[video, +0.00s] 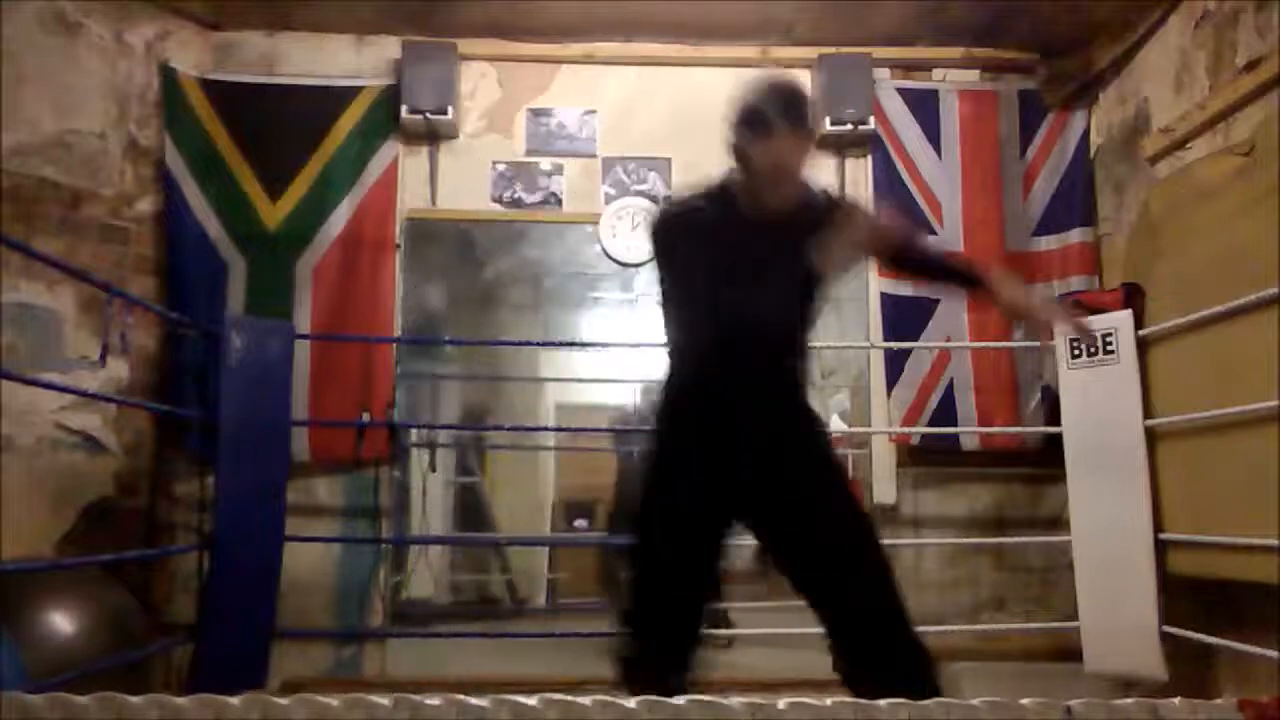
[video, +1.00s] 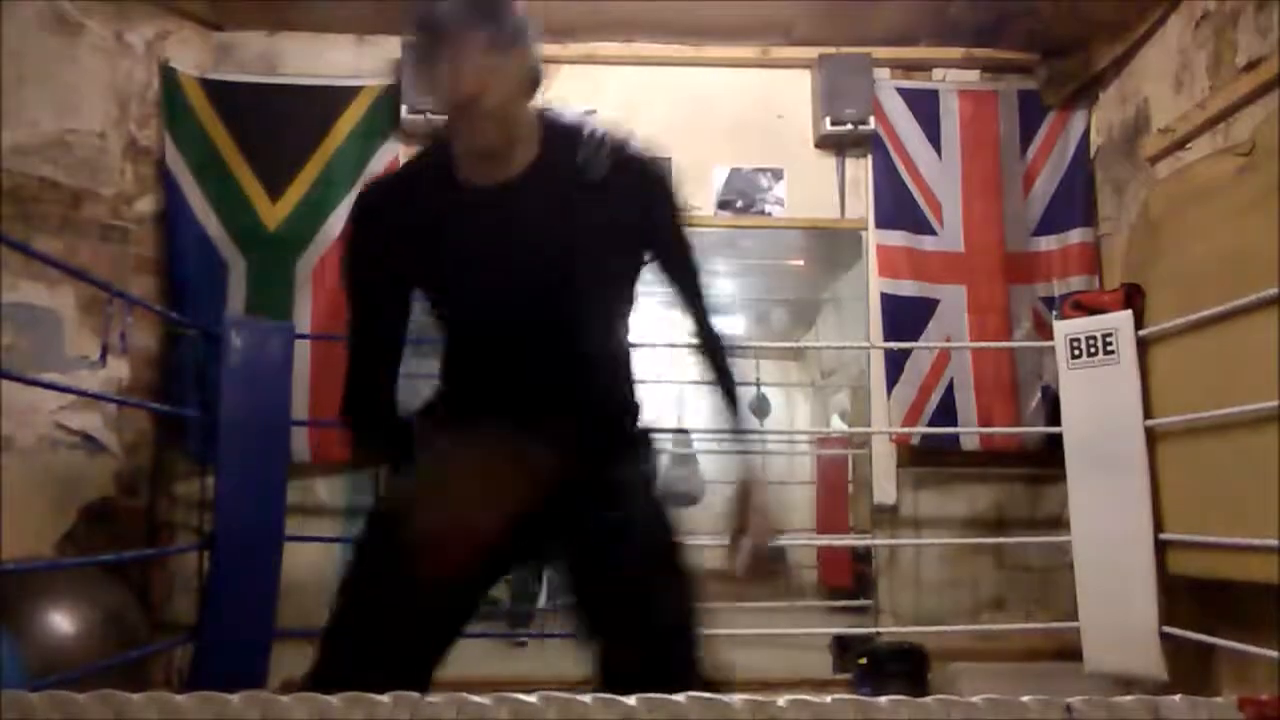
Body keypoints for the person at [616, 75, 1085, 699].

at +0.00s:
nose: (791, 159)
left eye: (800, 144)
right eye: (780, 142)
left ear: (807, 146)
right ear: (746, 142)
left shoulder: (824, 219)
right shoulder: (683, 226)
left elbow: (917, 260)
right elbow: (719, 308)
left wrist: (1009, 294)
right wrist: (812, 255)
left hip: (783, 448)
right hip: (691, 450)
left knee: (864, 606)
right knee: (657, 639)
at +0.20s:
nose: (852, 205)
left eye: (865, 190)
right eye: (837, 190)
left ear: (880, 186)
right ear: (801, 178)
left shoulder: (881, 278)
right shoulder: (724, 262)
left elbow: (903, 388)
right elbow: (714, 402)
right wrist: (727, 518)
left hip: (827, 463)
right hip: (734, 468)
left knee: (912, 652)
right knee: (765, 664)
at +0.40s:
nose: (737, 87)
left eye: (755, 72)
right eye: (728, 69)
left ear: (779, 80)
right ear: (706, 73)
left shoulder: (808, 170)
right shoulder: (658, 147)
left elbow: (778, 280)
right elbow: (548, 159)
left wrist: (671, 186)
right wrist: (470, 209)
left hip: (764, 395)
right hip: (665, 393)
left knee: (826, 567)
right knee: (598, 551)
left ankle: (889, 712)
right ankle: (600, 707)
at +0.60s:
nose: (595, 45)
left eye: (615, 26)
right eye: (579, 26)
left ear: (641, 39)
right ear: (555, 38)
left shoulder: (687, 148)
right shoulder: (520, 125)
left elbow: (654, 285)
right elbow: (413, 184)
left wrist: (516, 168)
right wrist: (313, 226)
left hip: (644, 410)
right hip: (537, 406)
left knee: (708, 618)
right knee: (446, 603)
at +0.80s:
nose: (444, 130)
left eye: (467, 104)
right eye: (423, 109)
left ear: (504, 112)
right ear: (401, 124)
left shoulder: (591, 226)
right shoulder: (393, 231)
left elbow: (597, 425)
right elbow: (338, 382)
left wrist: (473, 499)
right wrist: (227, 482)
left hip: (573, 483)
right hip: (455, 470)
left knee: (552, 708)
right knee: (346, 687)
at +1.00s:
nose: (465, 80)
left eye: (489, 53)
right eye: (447, 55)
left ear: (529, 64)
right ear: (427, 72)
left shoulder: (618, 179)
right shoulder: (395, 207)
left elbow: (703, 326)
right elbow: (368, 397)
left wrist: (749, 469)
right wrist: (412, 476)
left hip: (599, 465)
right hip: (462, 460)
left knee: (662, 694)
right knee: (351, 690)